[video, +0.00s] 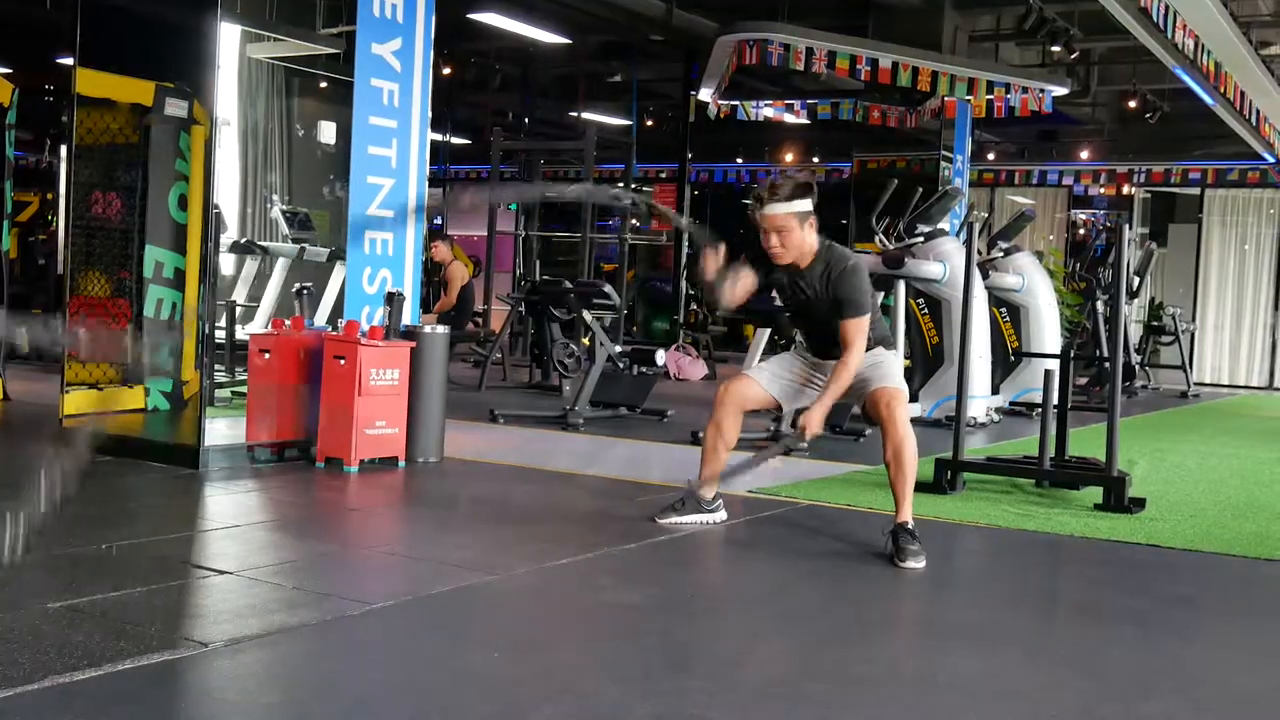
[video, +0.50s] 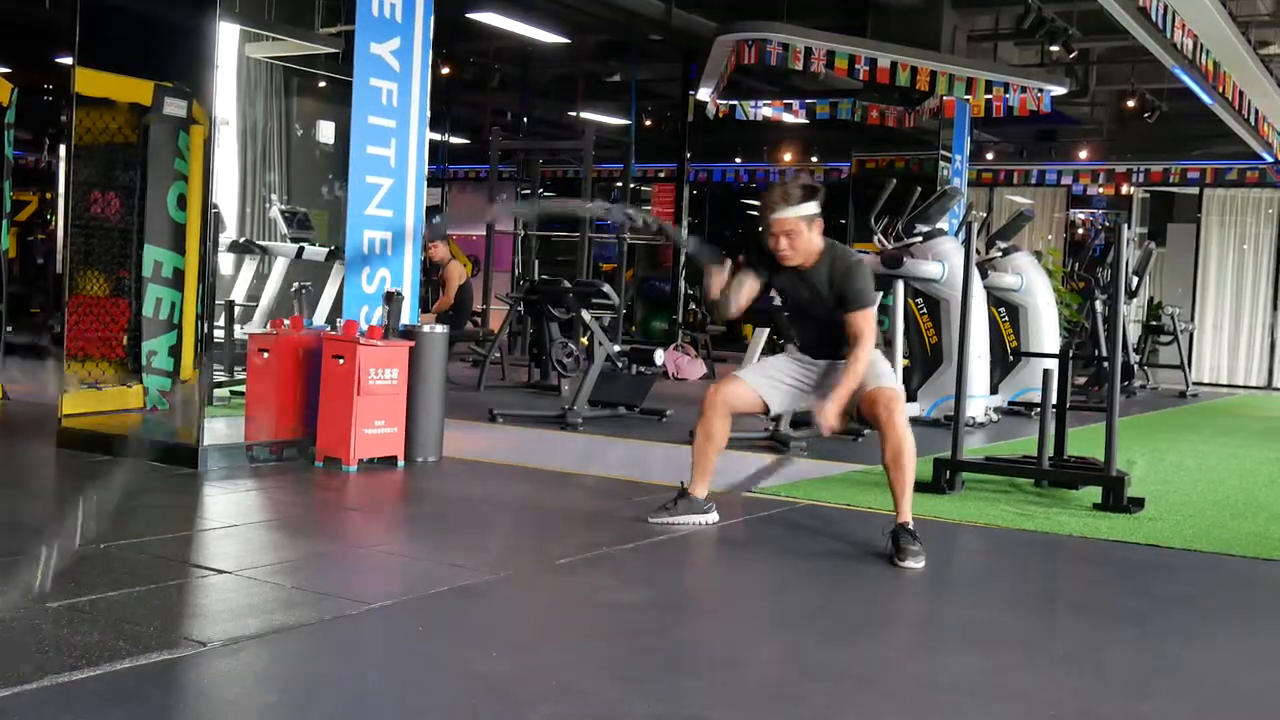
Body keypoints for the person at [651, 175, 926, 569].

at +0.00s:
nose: (770, 242)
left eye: (780, 232)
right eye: (765, 233)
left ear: (810, 228)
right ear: (760, 232)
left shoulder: (846, 269)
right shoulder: (768, 263)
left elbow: (855, 350)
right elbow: (729, 298)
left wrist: (821, 407)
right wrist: (715, 278)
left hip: (869, 358)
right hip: (808, 358)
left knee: (893, 409)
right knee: (730, 395)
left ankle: (904, 525)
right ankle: (706, 498)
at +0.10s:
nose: (787, 244)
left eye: (797, 234)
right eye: (779, 234)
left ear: (824, 226)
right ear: (771, 231)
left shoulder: (856, 255)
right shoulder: (771, 272)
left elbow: (856, 316)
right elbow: (756, 336)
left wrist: (810, 336)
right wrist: (739, 377)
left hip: (868, 361)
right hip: (802, 363)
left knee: (893, 407)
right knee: (732, 395)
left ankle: (904, 525)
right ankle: (703, 497)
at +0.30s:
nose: (827, 238)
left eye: (837, 229)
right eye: (821, 229)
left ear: (865, 223)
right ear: (812, 225)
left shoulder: (890, 254)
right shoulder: (804, 254)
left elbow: (881, 318)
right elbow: (768, 301)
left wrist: (829, 314)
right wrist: (748, 345)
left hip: (876, 365)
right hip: (811, 365)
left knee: (905, 407)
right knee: (735, 394)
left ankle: (906, 526)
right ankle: (705, 496)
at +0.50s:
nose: (780, 245)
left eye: (789, 235)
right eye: (773, 235)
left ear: (818, 229)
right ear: (765, 233)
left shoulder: (849, 267)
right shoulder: (768, 258)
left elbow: (864, 342)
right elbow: (731, 309)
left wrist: (836, 400)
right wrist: (718, 288)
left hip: (855, 363)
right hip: (799, 361)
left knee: (890, 408)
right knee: (718, 396)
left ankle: (905, 526)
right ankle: (696, 498)